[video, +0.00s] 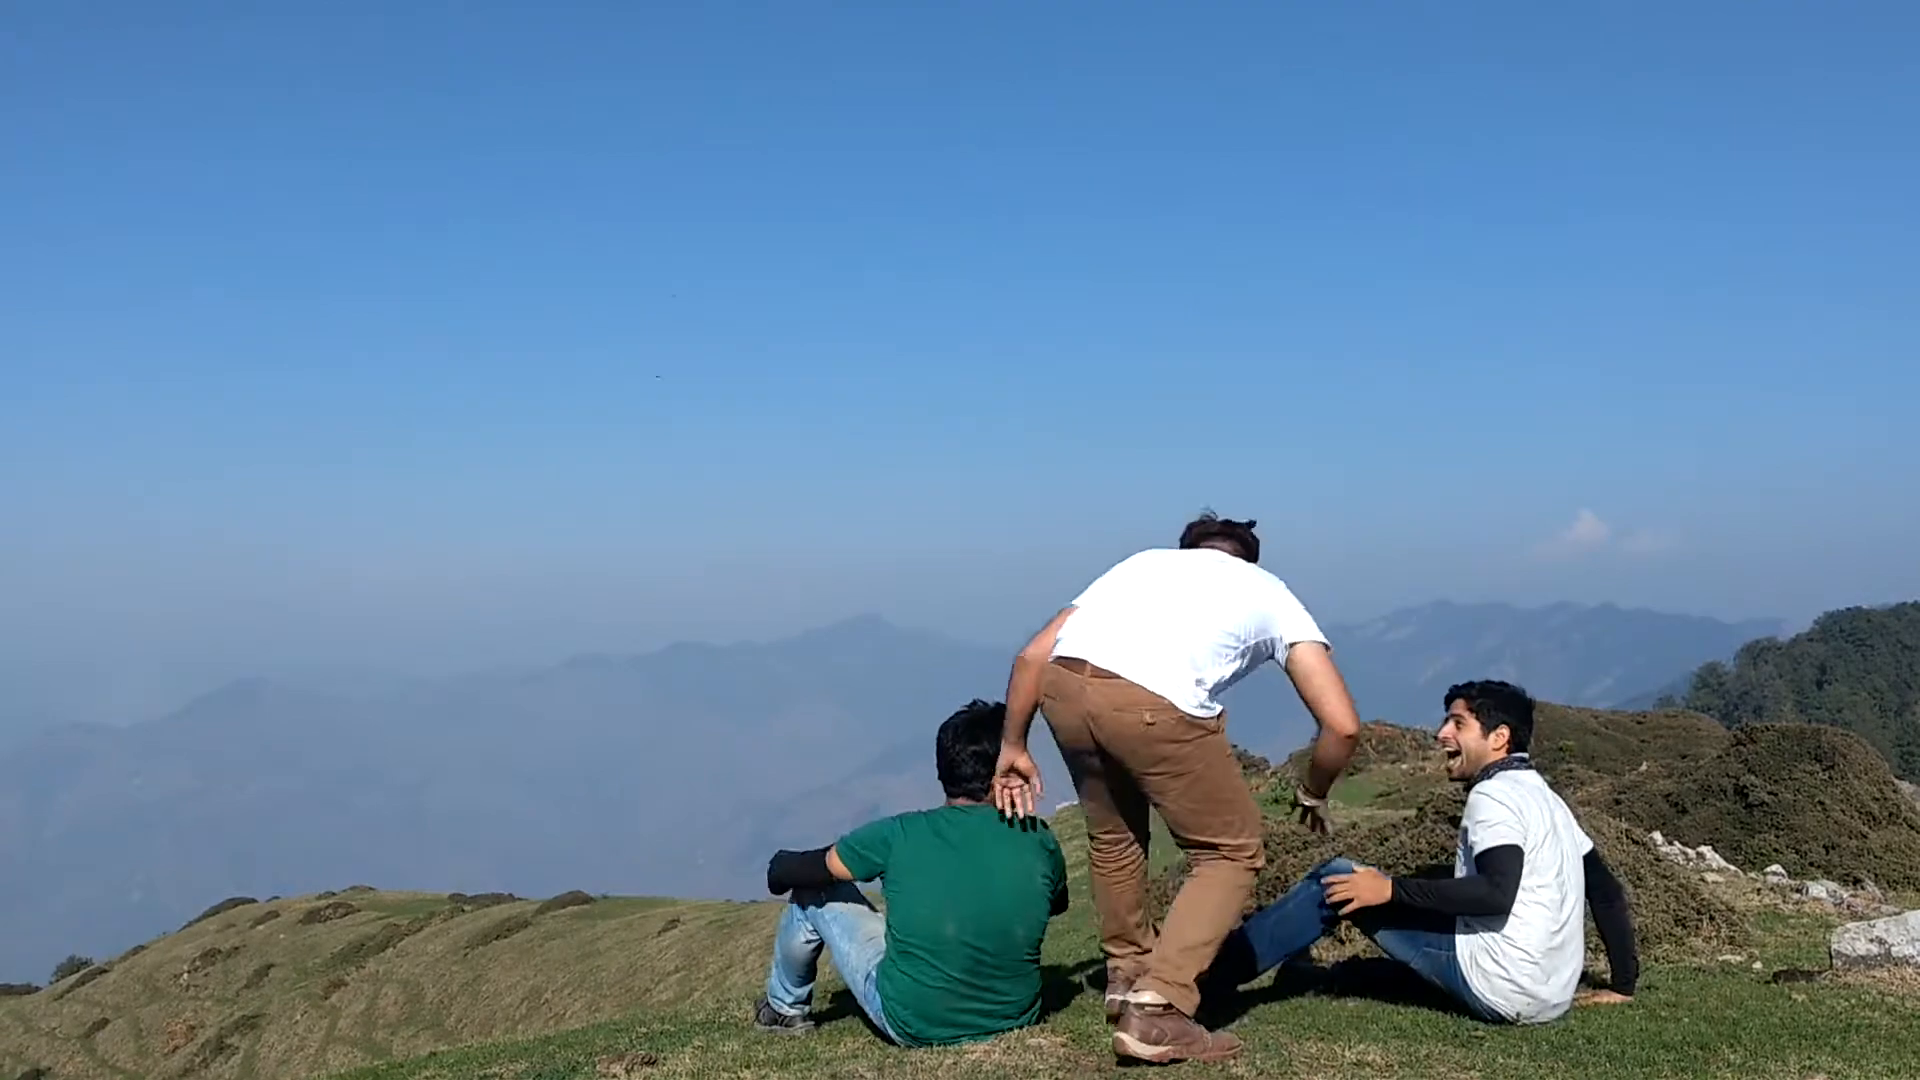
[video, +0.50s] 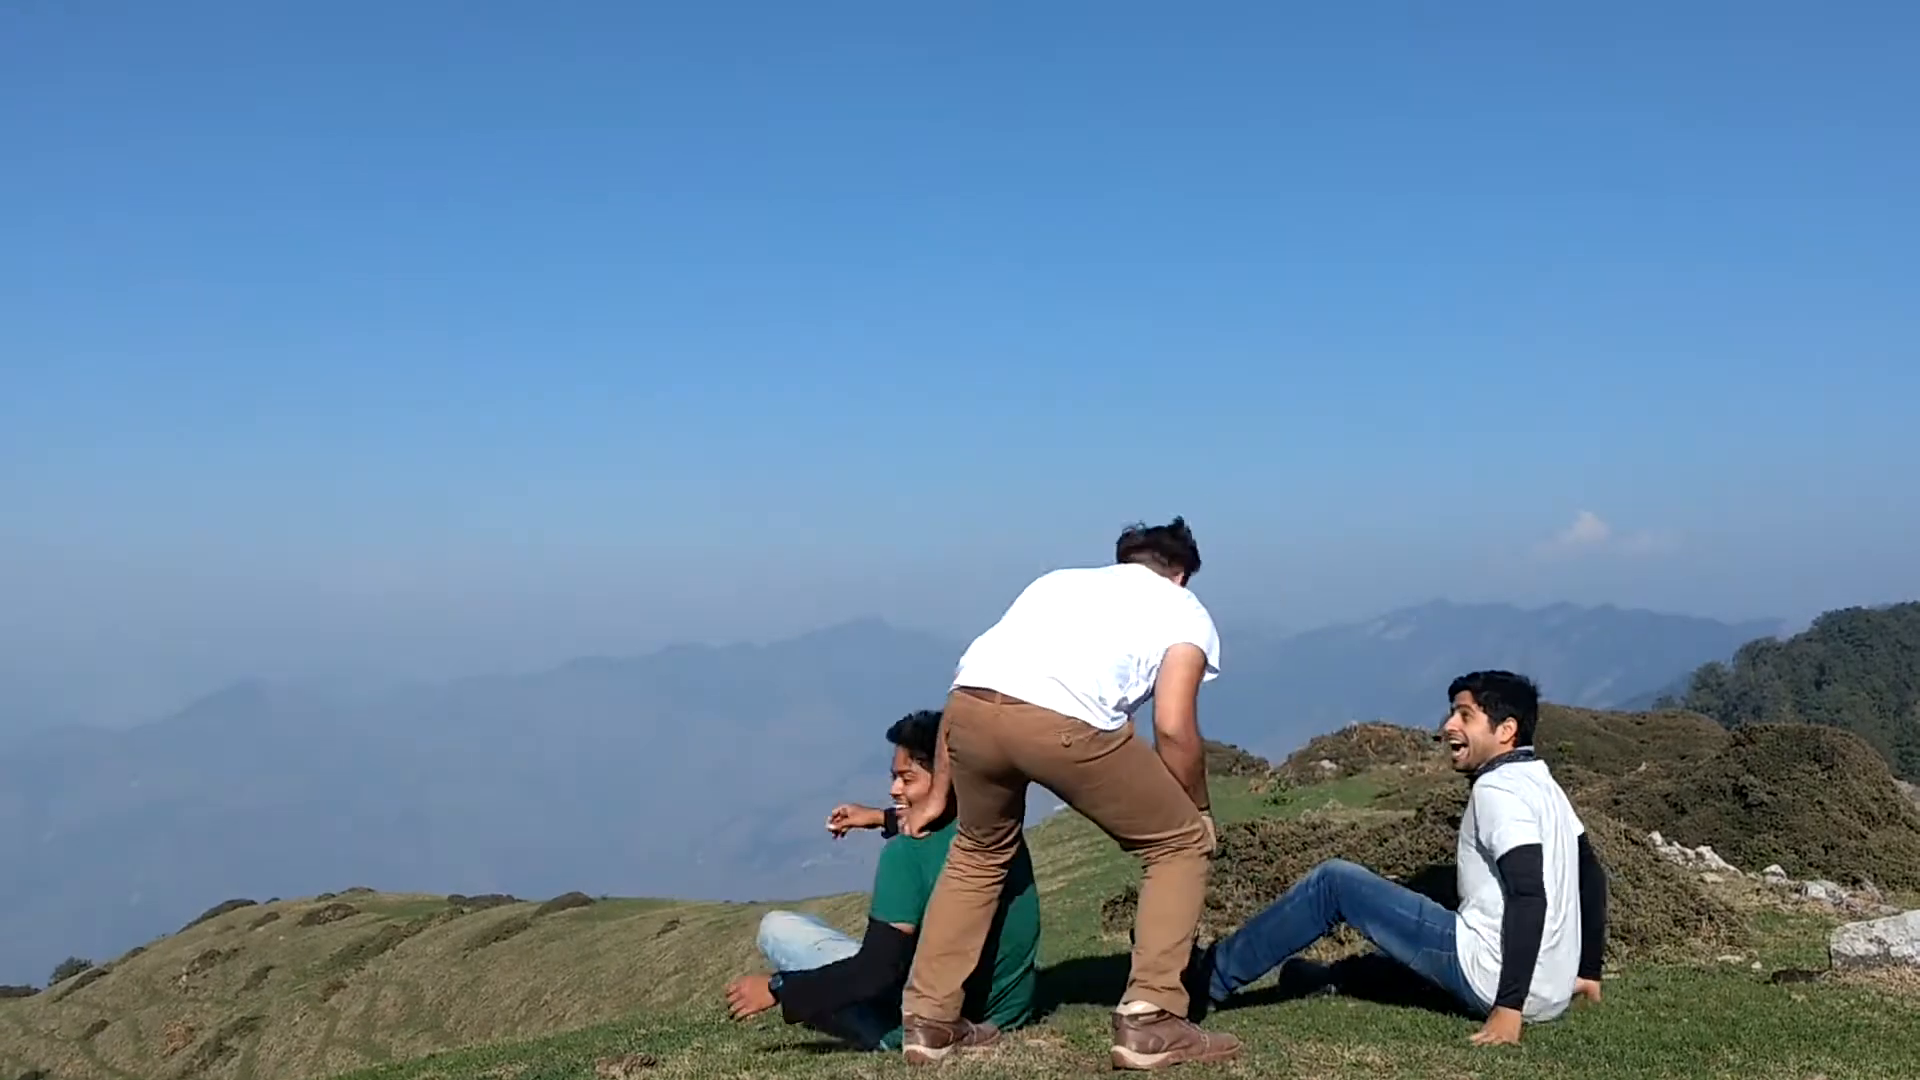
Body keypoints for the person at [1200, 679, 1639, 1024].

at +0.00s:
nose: (1442, 734)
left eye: (1457, 723)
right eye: (1446, 721)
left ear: (1500, 739)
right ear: (1504, 745)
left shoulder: (1493, 795)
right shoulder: (1548, 797)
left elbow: (1496, 893)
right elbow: (1608, 894)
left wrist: (1391, 890)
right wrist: (1626, 984)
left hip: (1498, 986)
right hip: (1549, 995)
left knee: (1337, 877)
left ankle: (1204, 978)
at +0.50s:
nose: (1448, 727)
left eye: (1464, 715)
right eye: (1451, 714)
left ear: (1507, 733)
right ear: (1507, 738)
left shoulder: (1497, 790)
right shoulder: (1543, 784)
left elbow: (1528, 895)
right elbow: (1591, 878)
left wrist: (1508, 1011)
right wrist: (1589, 973)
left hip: (1491, 979)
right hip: (1546, 988)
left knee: (1335, 879)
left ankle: (1211, 975)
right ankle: (1333, 979)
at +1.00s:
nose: (1463, 719)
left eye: (1478, 708)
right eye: (1466, 706)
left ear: (1522, 719)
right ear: (1522, 721)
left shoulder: (1520, 790)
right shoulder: (1564, 773)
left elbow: (1535, 902)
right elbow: (1589, 880)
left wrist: (1513, 1013)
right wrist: (1591, 977)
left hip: (1516, 971)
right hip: (1557, 964)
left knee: (1355, 903)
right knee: (1456, 869)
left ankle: (1218, 985)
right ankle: (1351, 966)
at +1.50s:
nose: (1480, 718)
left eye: (1495, 706)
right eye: (1481, 705)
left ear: (1539, 718)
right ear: (1537, 720)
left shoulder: (1534, 792)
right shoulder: (1572, 775)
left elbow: (1540, 904)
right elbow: (1591, 883)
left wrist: (1513, 1013)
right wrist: (1592, 976)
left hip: (1516, 971)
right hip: (1555, 966)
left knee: (1360, 907)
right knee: (1457, 868)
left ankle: (1218, 983)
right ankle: (1349, 966)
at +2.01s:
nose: (1481, 735)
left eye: (1496, 724)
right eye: (1482, 722)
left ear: (1540, 738)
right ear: (1541, 740)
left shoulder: (1544, 807)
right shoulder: (1572, 787)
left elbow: (1583, 916)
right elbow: (1627, 874)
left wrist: (1512, 994)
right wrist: (1588, 928)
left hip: (1536, 986)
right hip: (1557, 959)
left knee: (1378, 956)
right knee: (1459, 887)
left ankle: (1226, 996)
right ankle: (1342, 958)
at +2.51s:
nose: (1476, 737)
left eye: (1491, 726)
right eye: (1477, 724)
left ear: (1535, 738)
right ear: (1533, 741)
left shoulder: (1543, 810)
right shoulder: (1560, 790)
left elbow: (1582, 921)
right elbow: (1604, 877)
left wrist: (1496, 977)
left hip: (1542, 992)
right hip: (1557, 967)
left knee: (1380, 954)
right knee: (1460, 892)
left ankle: (1221, 998)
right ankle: (1349, 958)